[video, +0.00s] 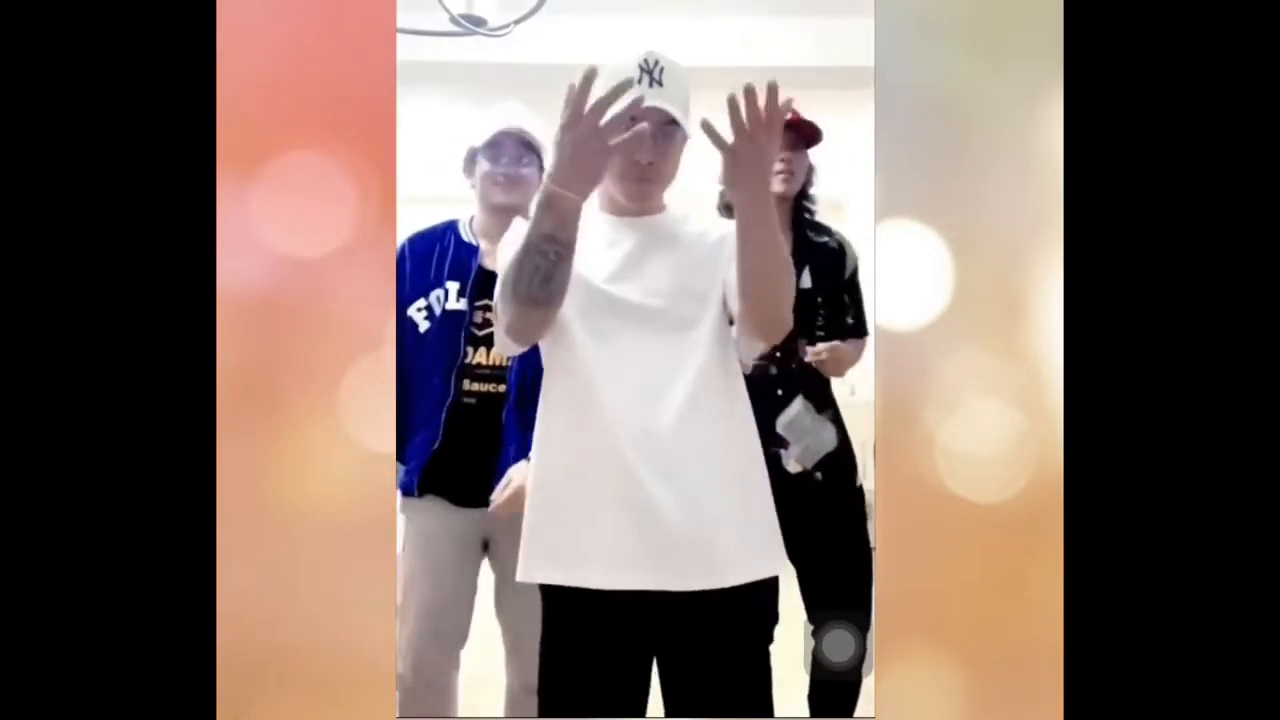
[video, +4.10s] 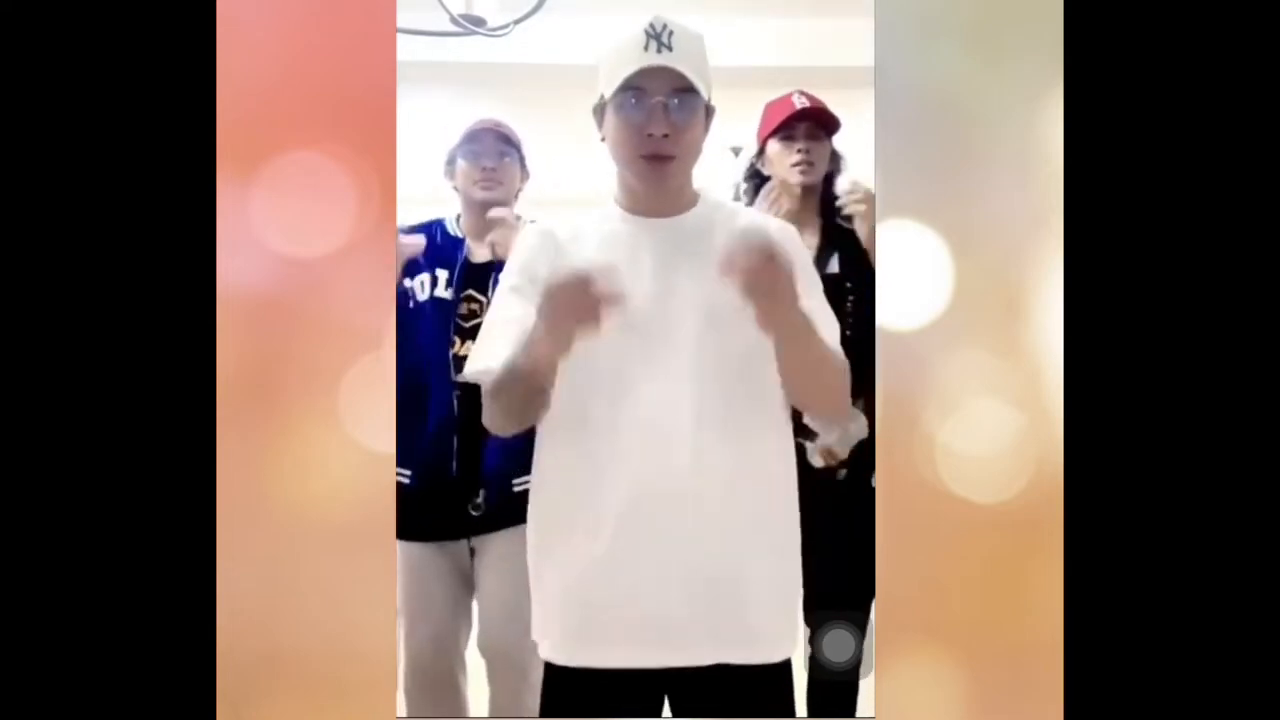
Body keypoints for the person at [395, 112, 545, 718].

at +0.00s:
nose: (510, 167)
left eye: (525, 158)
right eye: (497, 155)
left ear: (542, 180)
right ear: (471, 169)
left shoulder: (558, 265)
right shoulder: (421, 254)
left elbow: (580, 377)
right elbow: (378, 360)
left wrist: (542, 462)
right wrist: (389, 467)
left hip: (529, 487)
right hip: (438, 486)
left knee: (532, 670)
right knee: (423, 669)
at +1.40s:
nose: (524, 209)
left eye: (536, 198)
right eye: (515, 194)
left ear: (551, 203)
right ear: (486, 187)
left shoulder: (570, 273)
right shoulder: (432, 264)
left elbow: (613, 365)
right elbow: (395, 368)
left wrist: (570, 390)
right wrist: (397, 463)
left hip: (544, 496)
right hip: (455, 494)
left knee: (541, 661)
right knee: (439, 655)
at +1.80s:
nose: (527, 192)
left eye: (540, 178)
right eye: (514, 175)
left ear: (552, 184)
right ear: (479, 173)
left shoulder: (562, 264)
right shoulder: (417, 253)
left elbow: (588, 381)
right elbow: (377, 375)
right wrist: (385, 498)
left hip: (544, 493)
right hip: (453, 493)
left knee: (530, 666)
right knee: (439, 665)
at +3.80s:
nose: (495, 162)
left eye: (510, 154)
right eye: (481, 153)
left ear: (531, 179)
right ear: (457, 174)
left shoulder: (553, 268)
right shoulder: (408, 268)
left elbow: (581, 383)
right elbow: (370, 381)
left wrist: (561, 482)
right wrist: (381, 477)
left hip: (529, 506)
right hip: (436, 510)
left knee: (527, 673)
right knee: (436, 676)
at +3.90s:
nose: (491, 170)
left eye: (506, 161)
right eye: (477, 161)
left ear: (527, 183)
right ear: (452, 181)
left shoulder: (554, 264)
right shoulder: (404, 266)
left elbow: (579, 381)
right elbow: (369, 380)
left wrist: (565, 482)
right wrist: (378, 481)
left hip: (523, 503)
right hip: (426, 505)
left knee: (520, 661)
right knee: (427, 667)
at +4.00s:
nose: (490, 167)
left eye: (504, 158)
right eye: (475, 158)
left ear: (525, 181)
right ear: (451, 178)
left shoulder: (555, 261)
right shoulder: (402, 260)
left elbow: (580, 372)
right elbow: (348, 347)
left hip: (521, 504)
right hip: (424, 505)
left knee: (518, 661)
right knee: (425, 667)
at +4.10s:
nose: (488, 165)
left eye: (502, 156)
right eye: (475, 156)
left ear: (525, 175)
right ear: (451, 173)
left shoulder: (543, 255)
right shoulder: (411, 249)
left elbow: (571, 341)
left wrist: (523, 256)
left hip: (515, 489)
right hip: (424, 489)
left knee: (511, 651)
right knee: (428, 656)